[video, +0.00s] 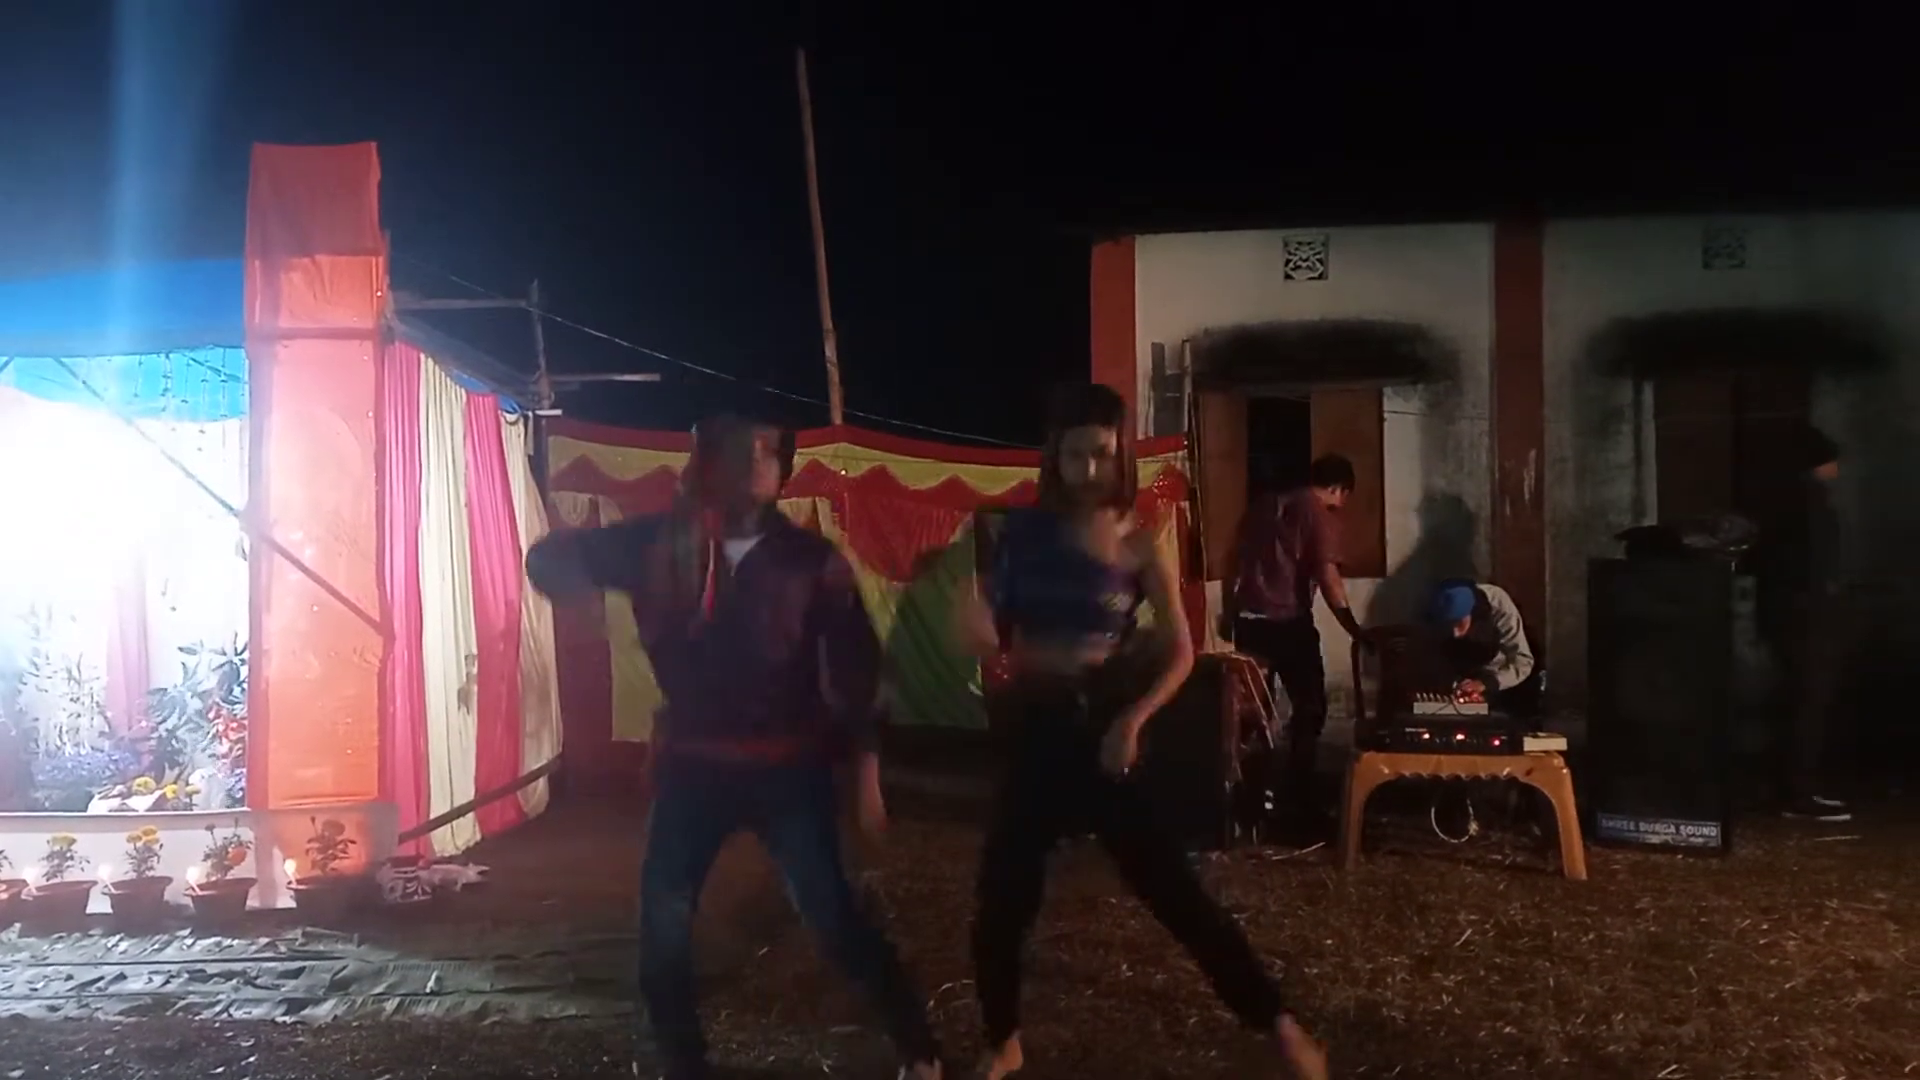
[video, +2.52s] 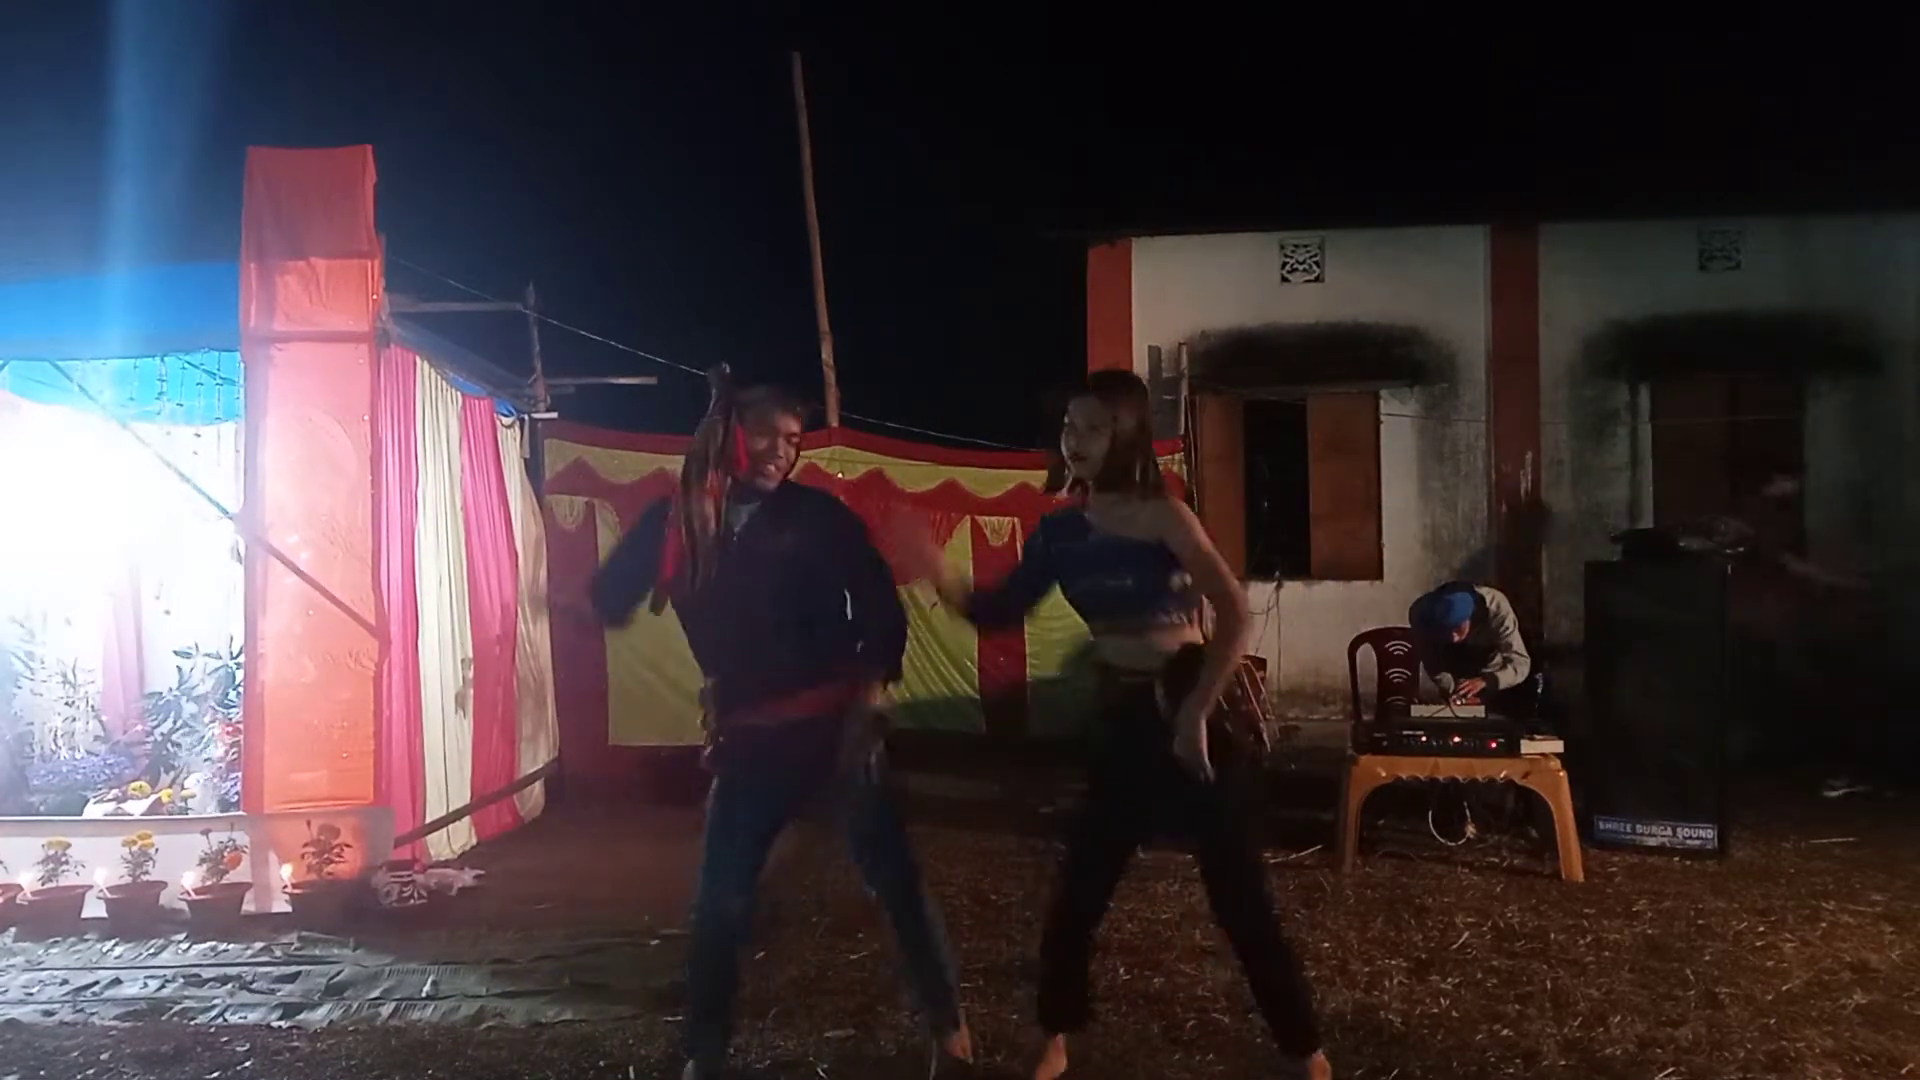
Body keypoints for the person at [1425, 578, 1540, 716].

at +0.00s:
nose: (1455, 634)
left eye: (1460, 624)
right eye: (1449, 626)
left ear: (1471, 613)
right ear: (1440, 620)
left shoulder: (1497, 604)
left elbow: (1523, 661)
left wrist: (1486, 683)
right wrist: (1457, 683)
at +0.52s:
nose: (1453, 637)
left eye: (1458, 629)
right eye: (1447, 631)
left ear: (1469, 618)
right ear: (1436, 623)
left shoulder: (1497, 608)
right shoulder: (1420, 612)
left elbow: (1521, 663)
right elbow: (1430, 658)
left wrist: (1483, 685)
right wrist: (1449, 688)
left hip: (1487, 653)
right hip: (1446, 656)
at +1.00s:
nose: (1454, 637)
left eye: (1459, 629)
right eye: (1448, 632)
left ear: (1469, 618)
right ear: (1436, 623)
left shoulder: (1497, 608)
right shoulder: (1422, 613)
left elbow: (1520, 664)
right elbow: (1430, 659)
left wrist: (1483, 685)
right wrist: (1449, 687)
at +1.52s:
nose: (1454, 638)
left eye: (1459, 629)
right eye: (1448, 632)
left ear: (1469, 617)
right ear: (1436, 625)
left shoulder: (1496, 606)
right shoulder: (1426, 619)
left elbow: (1520, 664)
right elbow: (1435, 669)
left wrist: (1483, 686)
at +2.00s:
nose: (1455, 638)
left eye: (1460, 630)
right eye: (1448, 633)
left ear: (1470, 618)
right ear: (1436, 624)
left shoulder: (1497, 608)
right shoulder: (1422, 614)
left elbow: (1520, 665)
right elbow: (1431, 662)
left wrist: (1484, 686)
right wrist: (1449, 687)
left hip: (1489, 647)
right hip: (1451, 650)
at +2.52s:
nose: (1454, 638)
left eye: (1459, 631)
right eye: (1448, 633)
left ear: (1470, 618)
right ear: (1436, 624)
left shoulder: (1496, 607)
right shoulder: (1420, 613)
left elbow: (1520, 663)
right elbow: (1431, 662)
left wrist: (1485, 682)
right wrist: (1452, 691)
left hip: (1488, 650)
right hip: (1448, 653)